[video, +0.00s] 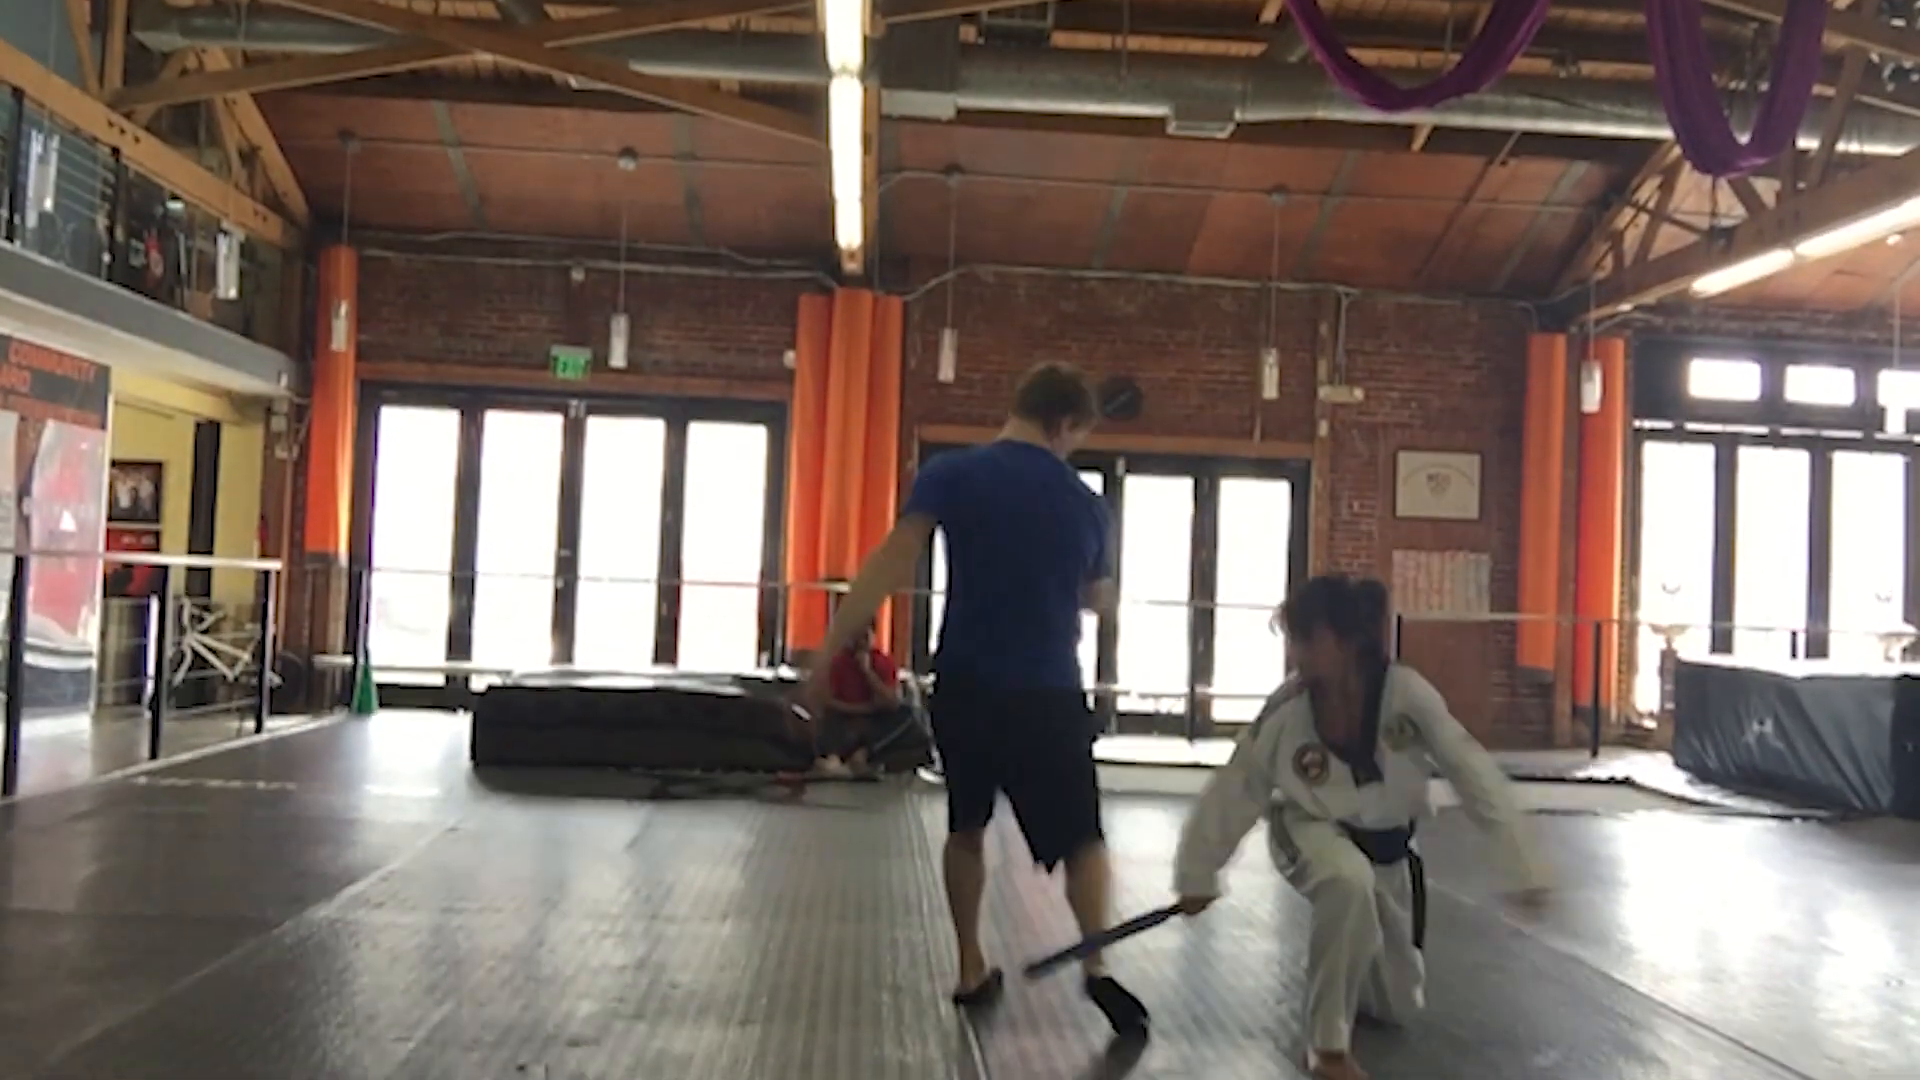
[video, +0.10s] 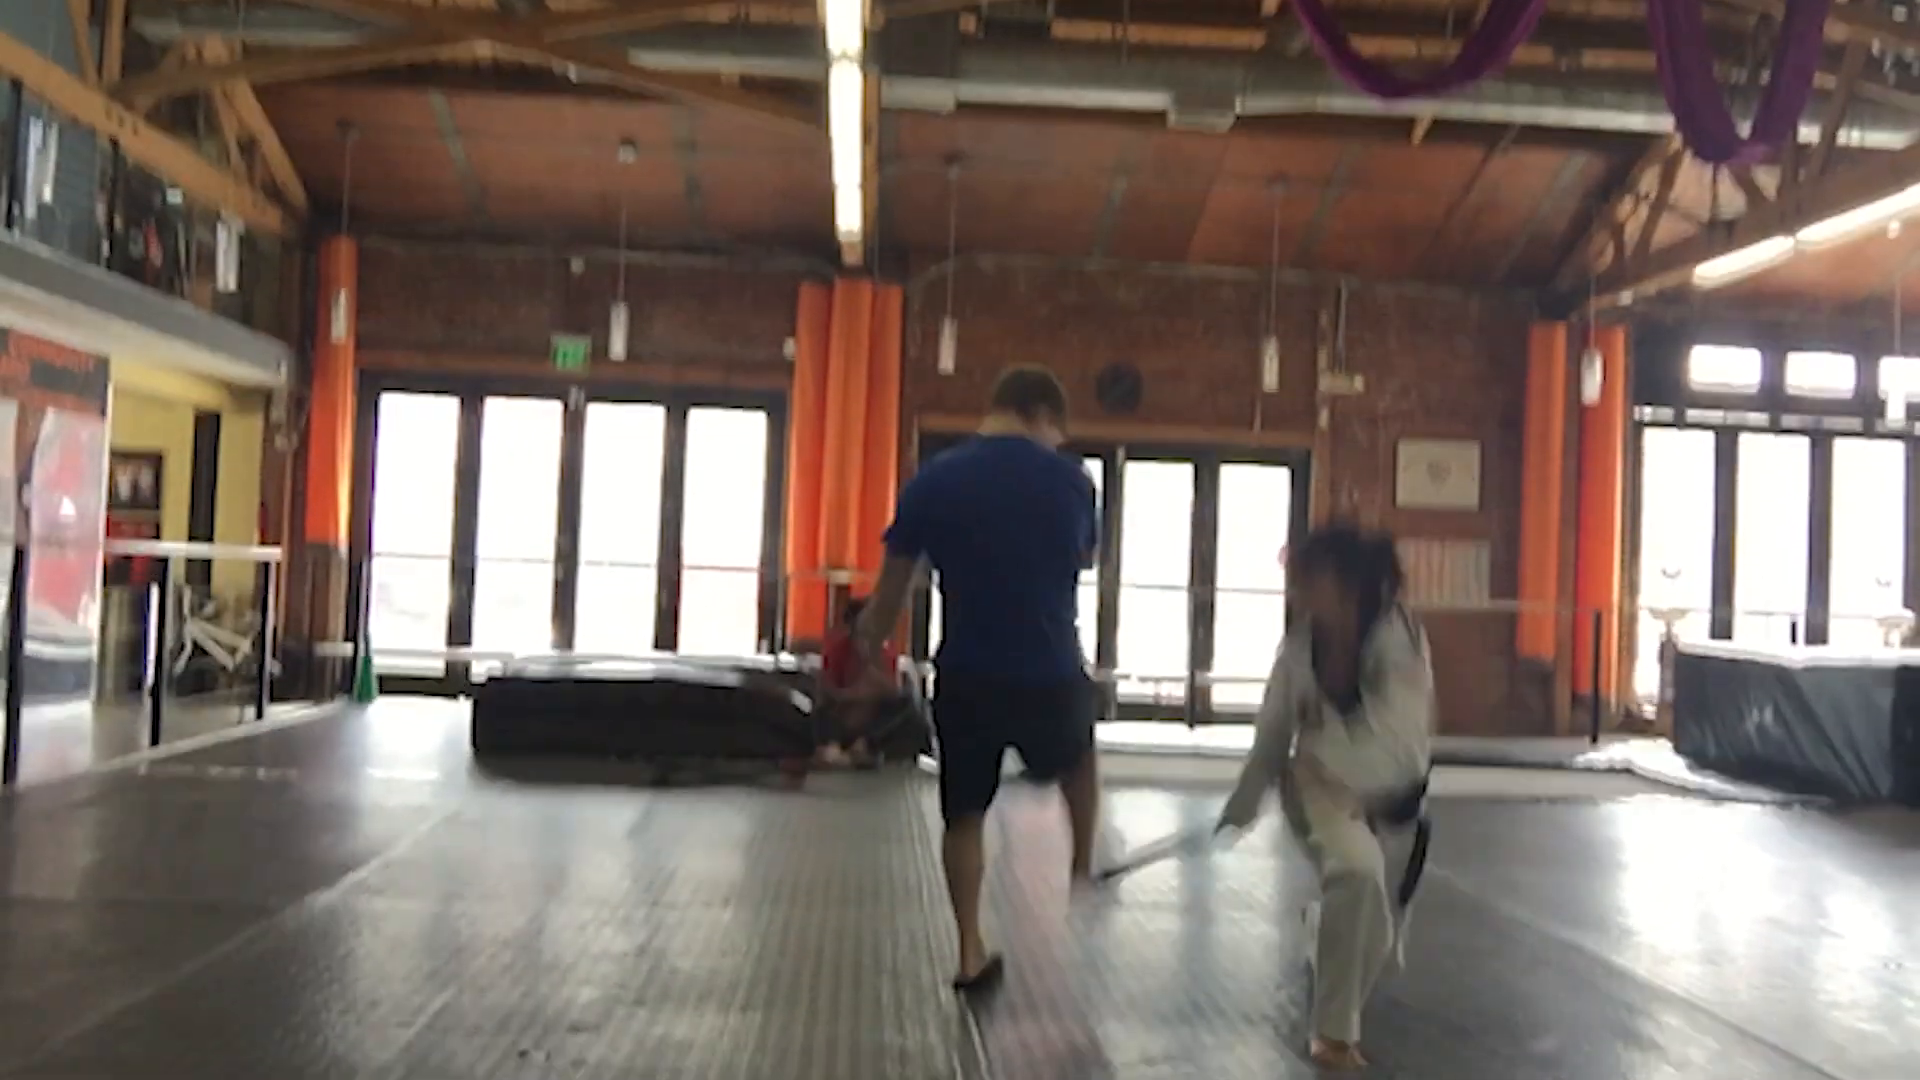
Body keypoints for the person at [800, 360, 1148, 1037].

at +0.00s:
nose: (1076, 443)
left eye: (1078, 434)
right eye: (1079, 433)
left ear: (1009, 412)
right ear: (1067, 427)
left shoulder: (950, 471)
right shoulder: (1084, 503)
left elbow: (896, 560)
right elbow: (1101, 600)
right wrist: (1044, 573)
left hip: (962, 693)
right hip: (1048, 699)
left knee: (965, 826)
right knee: (1082, 836)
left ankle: (970, 970)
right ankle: (1098, 963)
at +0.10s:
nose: (1058, 442)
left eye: (1058, 432)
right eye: (1057, 430)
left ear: (994, 412)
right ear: (1038, 418)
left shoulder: (937, 477)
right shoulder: (1066, 478)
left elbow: (895, 582)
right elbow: (1081, 560)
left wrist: (870, 639)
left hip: (965, 677)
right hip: (1049, 676)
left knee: (962, 815)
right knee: (1078, 762)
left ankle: (970, 956)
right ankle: (1083, 869)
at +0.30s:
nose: (1039, 444)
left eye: (1034, 432)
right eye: (1031, 435)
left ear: (961, 448)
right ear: (1013, 444)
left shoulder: (923, 509)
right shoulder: (1044, 500)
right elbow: (1068, 452)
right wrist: (1039, 390)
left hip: (960, 711)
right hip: (1044, 710)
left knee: (966, 833)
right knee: (1059, 573)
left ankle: (973, 963)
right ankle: (1069, 625)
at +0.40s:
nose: (1021, 464)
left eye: (1015, 456)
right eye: (1014, 458)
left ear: (944, 469)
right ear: (998, 474)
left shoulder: (921, 529)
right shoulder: (1043, 525)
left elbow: (929, 481)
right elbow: (1070, 479)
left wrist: (978, 434)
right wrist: (1040, 406)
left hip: (957, 736)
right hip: (1044, 739)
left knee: (965, 830)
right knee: (1045, 627)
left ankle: (971, 955)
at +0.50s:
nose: (1009, 492)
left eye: (1001, 487)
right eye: (1001, 490)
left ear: (935, 526)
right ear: (991, 521)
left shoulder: (915, 577)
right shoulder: (1039, 567)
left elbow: (909, 528)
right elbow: (1074, 487)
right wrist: (1030, 414)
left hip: (958, 795)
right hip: (1042, 793)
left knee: (965, 826)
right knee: (1032, 720)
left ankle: (966, 945)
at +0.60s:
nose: (1012, 581)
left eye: (1004, 573)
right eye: (1004, 576)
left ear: (935, 606)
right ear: (998, 598)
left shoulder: (917, 666)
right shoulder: (1029, 643)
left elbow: (884, 587)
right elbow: (1055, 536)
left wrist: (912, 515)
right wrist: (1018, 442)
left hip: (945, 887)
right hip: (1027, 892)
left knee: (941, 809)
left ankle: (960, 963)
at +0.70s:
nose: (1013, 692)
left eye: (1007, 682)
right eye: (1006, 683)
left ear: (935, 707)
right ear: (995, 703)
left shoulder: (912, 771)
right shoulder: (1035, 757)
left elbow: (834, 682)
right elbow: (1076, 639)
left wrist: (869, 589)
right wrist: (1021, 571)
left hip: (924, 990)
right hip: (1010, 996)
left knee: (918, 864)